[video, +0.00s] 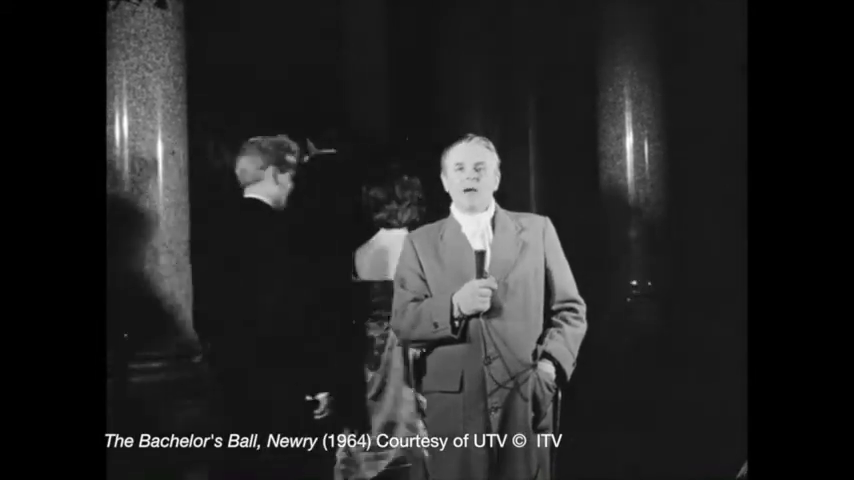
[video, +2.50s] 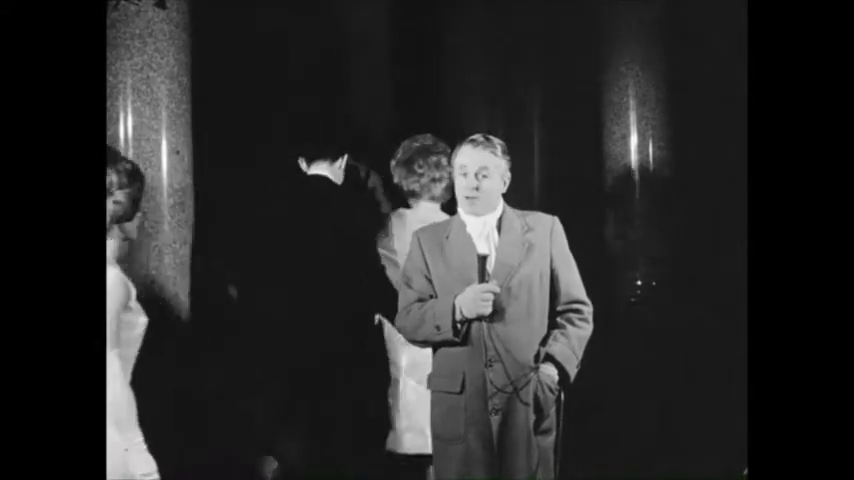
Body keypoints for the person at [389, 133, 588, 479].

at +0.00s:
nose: (470, 174)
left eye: (480, 166)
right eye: (459, 167)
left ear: (497, 178)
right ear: (444, 181)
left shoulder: (537, 231)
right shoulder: (420, 242)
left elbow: (569, 309)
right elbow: (404, 321)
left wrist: (551, 363)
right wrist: (453, 306)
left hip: (523, 399)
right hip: (452, 402)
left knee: (527, 474)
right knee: (453, 473)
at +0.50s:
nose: (476, 178)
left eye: (486, 169)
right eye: (465, 170)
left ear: (503, 178)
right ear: (449, 180)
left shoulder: (541, 231)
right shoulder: (422, 241)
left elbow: (573, 310)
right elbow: (404, 320)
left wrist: (550, 366)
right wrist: (453, 306)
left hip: (524, 398)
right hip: (453, 398)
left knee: (525, 474)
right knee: (454, 473)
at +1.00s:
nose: (472, 179)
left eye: (483, 171)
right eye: (464, 170)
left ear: (505, 180)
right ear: (453, 178)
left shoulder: (545, 232)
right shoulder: (428, 241)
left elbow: (577, 311)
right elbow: (409, 320)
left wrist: (554, 367)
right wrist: (457, 308)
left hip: (527, 399)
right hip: (457, 400)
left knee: (529, 475)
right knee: (459, 474)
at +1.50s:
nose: (477, 187)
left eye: (488, 177)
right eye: (468, 176)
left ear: (508, 181)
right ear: (456, 180)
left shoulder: (547, 230)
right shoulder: (430, 241)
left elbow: (579, 309)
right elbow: (413, 319)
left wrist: (557, 365)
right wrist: (460, 310)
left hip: (530, 396)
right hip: (459, 397)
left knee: (532, 474)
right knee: (460, 474)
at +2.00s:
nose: (480, 186)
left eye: (490, 177)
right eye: (471, 176)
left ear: (510, 180)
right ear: (458, 180)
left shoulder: (549, 230)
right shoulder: (431, 240)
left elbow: (580, 310)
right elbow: (413, 318)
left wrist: (557, 366)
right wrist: (461, 308)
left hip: (531, 397)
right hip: (461, 398)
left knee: (533, 474)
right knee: (460, 474)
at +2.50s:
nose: (472, 184)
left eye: (483, 174)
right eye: (463, 174)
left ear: (505, 180)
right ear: (453, 181)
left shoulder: (545, 230)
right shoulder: (427, 240)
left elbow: (576, 310)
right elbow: (408, 318)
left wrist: (553, 365)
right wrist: (456, 308)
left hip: (527, 397)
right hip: (457, 397)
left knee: (530, 474)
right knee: (457, 474)